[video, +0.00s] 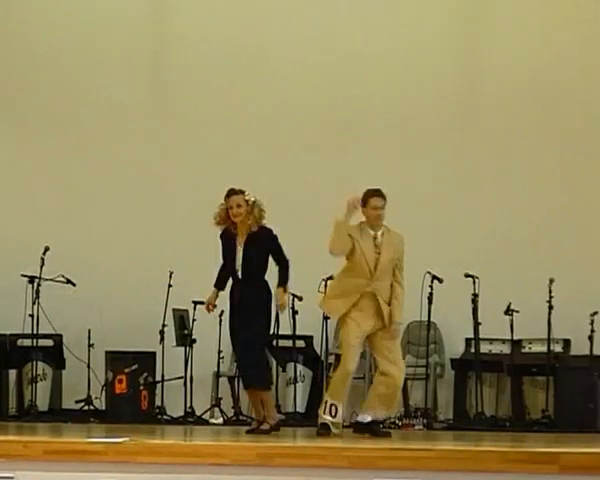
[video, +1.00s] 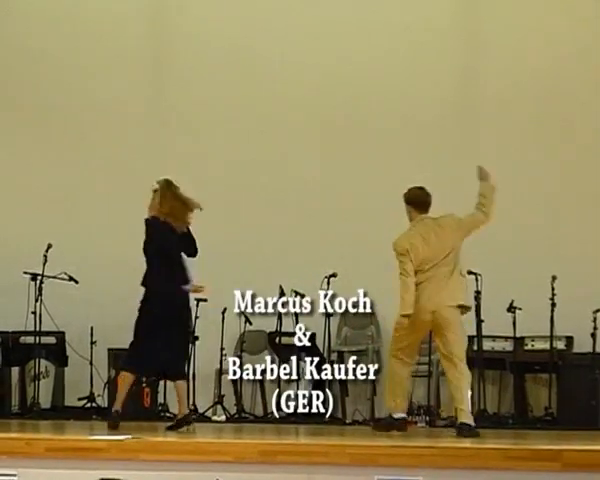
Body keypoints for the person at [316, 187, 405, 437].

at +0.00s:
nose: (378, 213)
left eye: (382, 208)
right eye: (373, 208)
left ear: (386, 210)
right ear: (363, 210)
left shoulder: (395, 239)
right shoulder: (353, 232)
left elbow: (397, 279)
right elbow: (336, 249)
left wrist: (396, 316)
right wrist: (346, 216)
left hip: (384, 309)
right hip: (355, 307)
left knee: (393, 371)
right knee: (348, 364)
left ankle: (367, 419)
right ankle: (327, 419)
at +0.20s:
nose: (407, 216)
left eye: (407, 211)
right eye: (403, 211)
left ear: (402, 212)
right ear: (387, 212)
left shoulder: (403, 243)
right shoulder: (370, 242)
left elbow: (421, 271)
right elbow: (361, 277)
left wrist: (453, 276)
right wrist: (356, 308)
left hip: (390, 314)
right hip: (370, 313)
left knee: (379, 362)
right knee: (391, 352)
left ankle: (360, 419)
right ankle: (390, 414)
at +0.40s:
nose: (431, 218)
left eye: (432, 214)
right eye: (427, 213)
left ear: (425, 214)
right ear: (413, 213)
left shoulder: (412, 235)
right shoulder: (405, 243)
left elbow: (430, 217)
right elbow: (379, 278)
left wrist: (440, 200)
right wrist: (369, 317)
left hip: (390, 312)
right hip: (398, 312)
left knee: (396, 370)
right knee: (434, 348)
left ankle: (363, 417)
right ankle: (444, 409)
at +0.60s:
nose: (457, 222)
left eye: (456, 217)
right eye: (454, 217)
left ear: (431, 218)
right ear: (443, 219)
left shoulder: (412, 237)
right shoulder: (446, 255)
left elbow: (403, 233)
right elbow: (442, 300)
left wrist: (423, 217)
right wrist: (443, 334)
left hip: (398, 316)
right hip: (425, 322)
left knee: (400, 361)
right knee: (454, 366)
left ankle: (389, 411)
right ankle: (444, 421)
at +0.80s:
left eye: (433, 205)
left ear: (431, 208)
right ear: (452, 209)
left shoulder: (416, 237)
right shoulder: (462, 241)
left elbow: (398, 276)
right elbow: (487, 270)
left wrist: (379, 303)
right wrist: (516, 269)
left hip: (414, 313)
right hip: (448, 316)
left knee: (406, 359)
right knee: (459, 368)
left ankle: (392, 406)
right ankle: (451, 420)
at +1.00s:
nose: (406, 211)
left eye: (406, 208)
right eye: (410, 207)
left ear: (408, 208)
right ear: (428, 206)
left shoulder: (405, 241)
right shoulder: (452, 225)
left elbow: (407, 280)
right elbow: (483, 214)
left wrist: (405, 313)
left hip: (418, 308)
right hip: (448, 306)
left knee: (401, 356)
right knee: (456, 362)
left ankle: (397, 415)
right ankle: (465, 420)